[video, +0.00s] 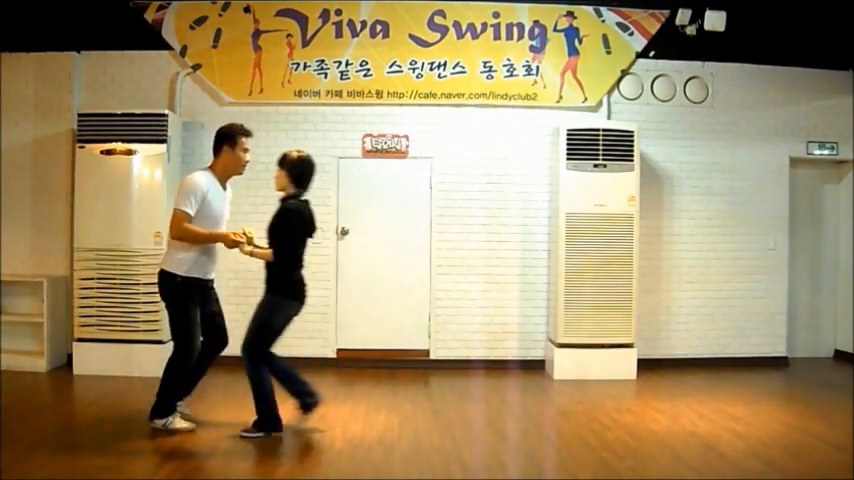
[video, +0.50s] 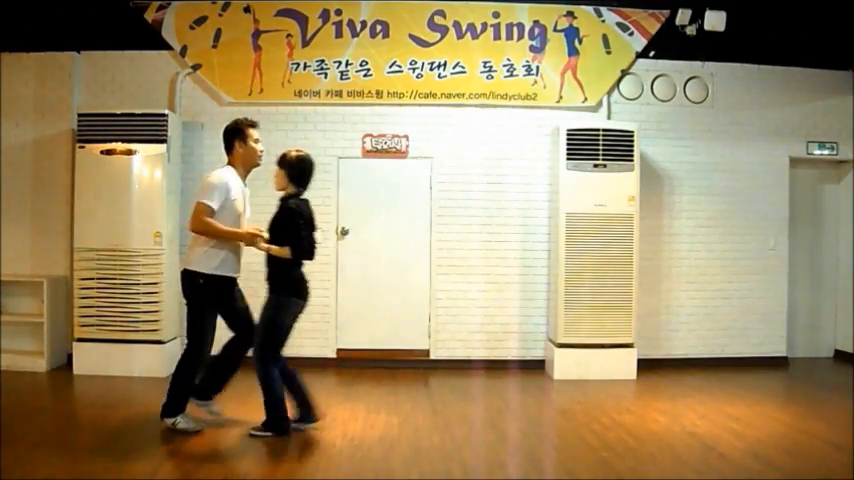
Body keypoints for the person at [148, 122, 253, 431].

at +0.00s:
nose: (247, 158)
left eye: (248, 152)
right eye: (243, 151)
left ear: (226, 153)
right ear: (224, 151)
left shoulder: (224, 189)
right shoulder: (196, 183)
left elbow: (207, 229)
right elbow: (177, 230)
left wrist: (232, 236)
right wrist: (222, 237)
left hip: (202, 280)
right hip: (178, 279)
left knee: (216, 340)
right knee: (188, 346)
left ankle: (172, 400)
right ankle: (161, 414)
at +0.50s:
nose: (261, 148)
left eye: (260, 141)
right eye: (255, 142)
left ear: (241, 148)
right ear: (237, 146)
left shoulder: (239, 185)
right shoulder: (219, 179)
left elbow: (223, 226)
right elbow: (197, 222)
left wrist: (249, 235)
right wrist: (240, 235)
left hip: (222, 277)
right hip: (201, 276)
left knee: (245, 333)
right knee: (198, 346)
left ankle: (202, 396)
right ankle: (172, 412)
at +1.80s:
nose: (278, 159)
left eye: (280, 153)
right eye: (274, 151)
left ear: (264, 153)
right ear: (254, 148)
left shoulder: (267, 192)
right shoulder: (223, 185)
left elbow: (305, 223)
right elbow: (214, 233)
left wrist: (348, 228)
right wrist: (259, 240)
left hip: (262, 279)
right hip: (234, 281)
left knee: (286, 341)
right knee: (266, 345)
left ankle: (300, 412)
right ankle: (247, 417)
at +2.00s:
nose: (266, 154)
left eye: (267, 148)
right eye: (262, 147)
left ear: (251, 149)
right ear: (241, 146)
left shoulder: (253, 189)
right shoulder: (216, 182)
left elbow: (286, 226)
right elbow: (216, 232)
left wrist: (329, 227)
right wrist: (263, 234)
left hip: (246, 276)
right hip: (222, 278)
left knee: (266, 338)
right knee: (253, 342)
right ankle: (247, 416)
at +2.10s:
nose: (259, 155)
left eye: (260, 149)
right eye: (255, 148)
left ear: (245, 151)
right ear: (234, 147)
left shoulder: (249, 192)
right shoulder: (211, 185)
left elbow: (272, 233)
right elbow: (212, 237)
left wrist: (314, 236)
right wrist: (258, 241)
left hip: (240, 279)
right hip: (217, 280)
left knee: (242, 345)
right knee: (250, 341)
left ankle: (188, 394)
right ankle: (247, 417)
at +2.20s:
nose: (254, 154)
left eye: (255, 148)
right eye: (249, 147)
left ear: (241, 150)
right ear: (229, 147)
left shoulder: (243, 191)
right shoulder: (206, 185)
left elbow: (261, 235)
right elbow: (204, 237)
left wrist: (301, 238)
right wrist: (249, 241)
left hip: (228, 279)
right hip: (209, 280)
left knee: (212, 348)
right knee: (240, 341)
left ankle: (173, 403)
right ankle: (246, 416)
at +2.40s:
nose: (246, 153)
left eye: (247, 147)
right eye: (242, 145)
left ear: (228, 148)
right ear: (222, 145)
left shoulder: (233, 186)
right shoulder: (197, 181)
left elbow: (241, 233)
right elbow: (194, 233)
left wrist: (276, 235)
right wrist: (240, 235)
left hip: (214, 274)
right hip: (193, 274)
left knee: (197, 344)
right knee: (220, 337)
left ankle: (169, 408)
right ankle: (201, 410)